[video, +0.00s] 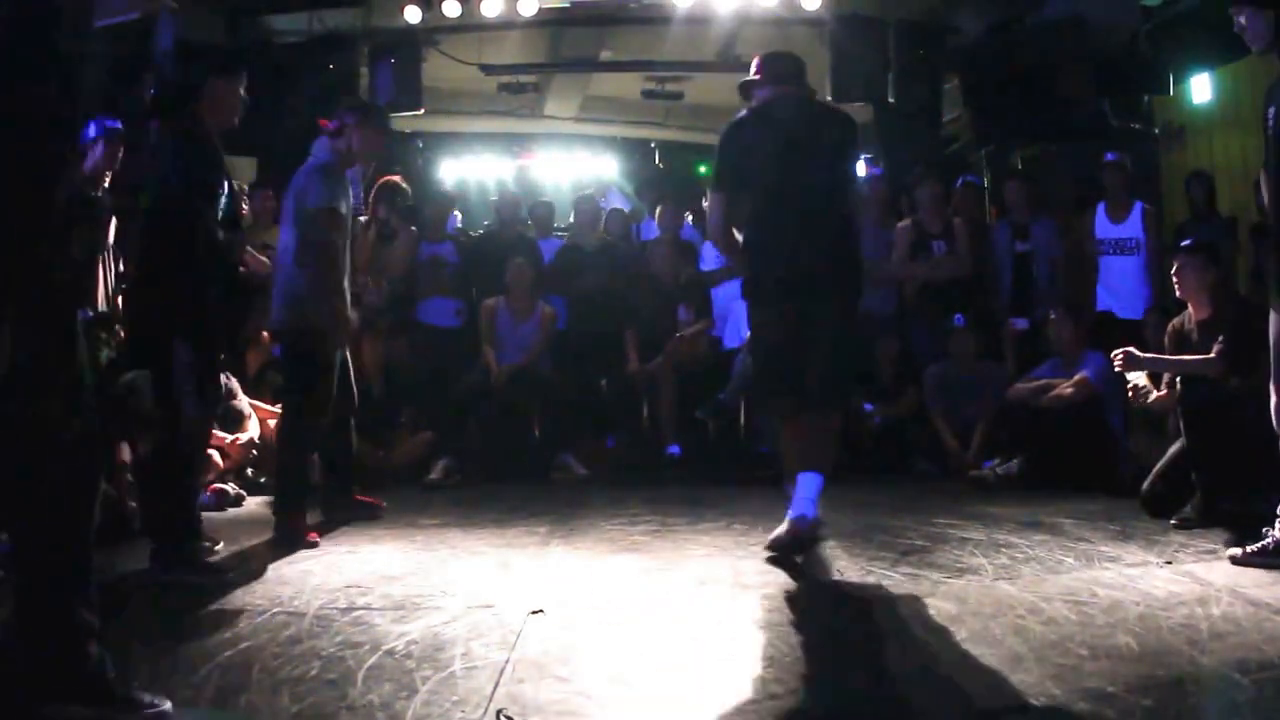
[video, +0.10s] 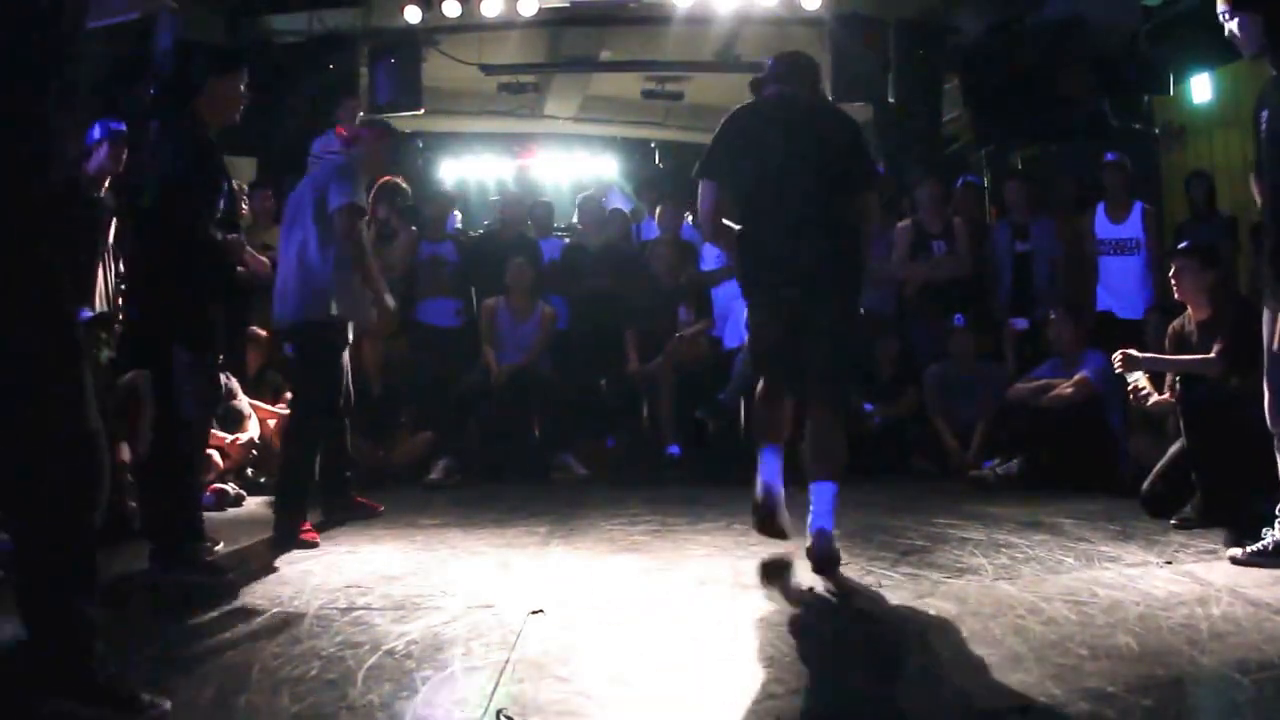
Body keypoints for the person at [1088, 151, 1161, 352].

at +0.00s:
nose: (1112, 180)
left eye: (1117, 174)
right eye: (1108, 174)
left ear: (1126, 178)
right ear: (1102, 178)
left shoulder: (1145, 214)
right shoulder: (1094, 215)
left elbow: (1153, 256)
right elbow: (1088, 258)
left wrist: (1155, 296)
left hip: (1138, 300)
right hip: (1106, 301)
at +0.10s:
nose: (1112, 180)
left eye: (1117, 174)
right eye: (1108, 174)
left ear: (1126, 178)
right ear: (1103, 178)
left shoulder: (1145, 214)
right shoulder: (1094, 215)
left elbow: (1153, 256)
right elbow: (1089, 258)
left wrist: (1156, 296)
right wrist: (1091, 295)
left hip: (1138, 300)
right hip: (1106, 301)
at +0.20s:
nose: (1112, 181)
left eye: (1117, 175)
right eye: (1108, 175)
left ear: (1127, 179)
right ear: (1102, 180)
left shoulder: (1145, 214)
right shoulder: (1094, 215)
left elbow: (1153, 255)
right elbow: (1089, 256)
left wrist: (1156, 296)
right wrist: (1091, 295)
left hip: (1138, 299)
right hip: (1107, 300)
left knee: (1141, 361)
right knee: (1107, 360)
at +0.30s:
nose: (1111, 181)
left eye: (1116, 175)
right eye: (1107, 175)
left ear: (1126, 179)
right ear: (1102, 180)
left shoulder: (1145, 214)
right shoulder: (1093, 216)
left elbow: (1154, 255)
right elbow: (1090, 258)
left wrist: (1156, 295)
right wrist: (1092, 297)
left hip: (1139, 301)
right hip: (1107, 302)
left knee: (1142, 362)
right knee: (1108, 360)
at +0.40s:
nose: (1110, 182)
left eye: (1115, 175)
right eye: (1106, 176)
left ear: (1125, 179)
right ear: (1101, 180)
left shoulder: (1144, 214)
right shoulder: (1093, 216)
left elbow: (1153, 255)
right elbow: (1090, 259)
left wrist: (1153, 296)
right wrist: (1091, 298)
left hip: (1138, 300)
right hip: (1106, 302)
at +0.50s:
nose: (1110, 182)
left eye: (1115, 176)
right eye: (1106, 176)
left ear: (1125, 179)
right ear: (1100, 180)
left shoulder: (1143, 214)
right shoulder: (1094, 217)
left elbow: (1152, 257)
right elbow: (1091, 261)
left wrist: (1148, 297)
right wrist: (1093, 300)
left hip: (1137, 300)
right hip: (1107, 302)